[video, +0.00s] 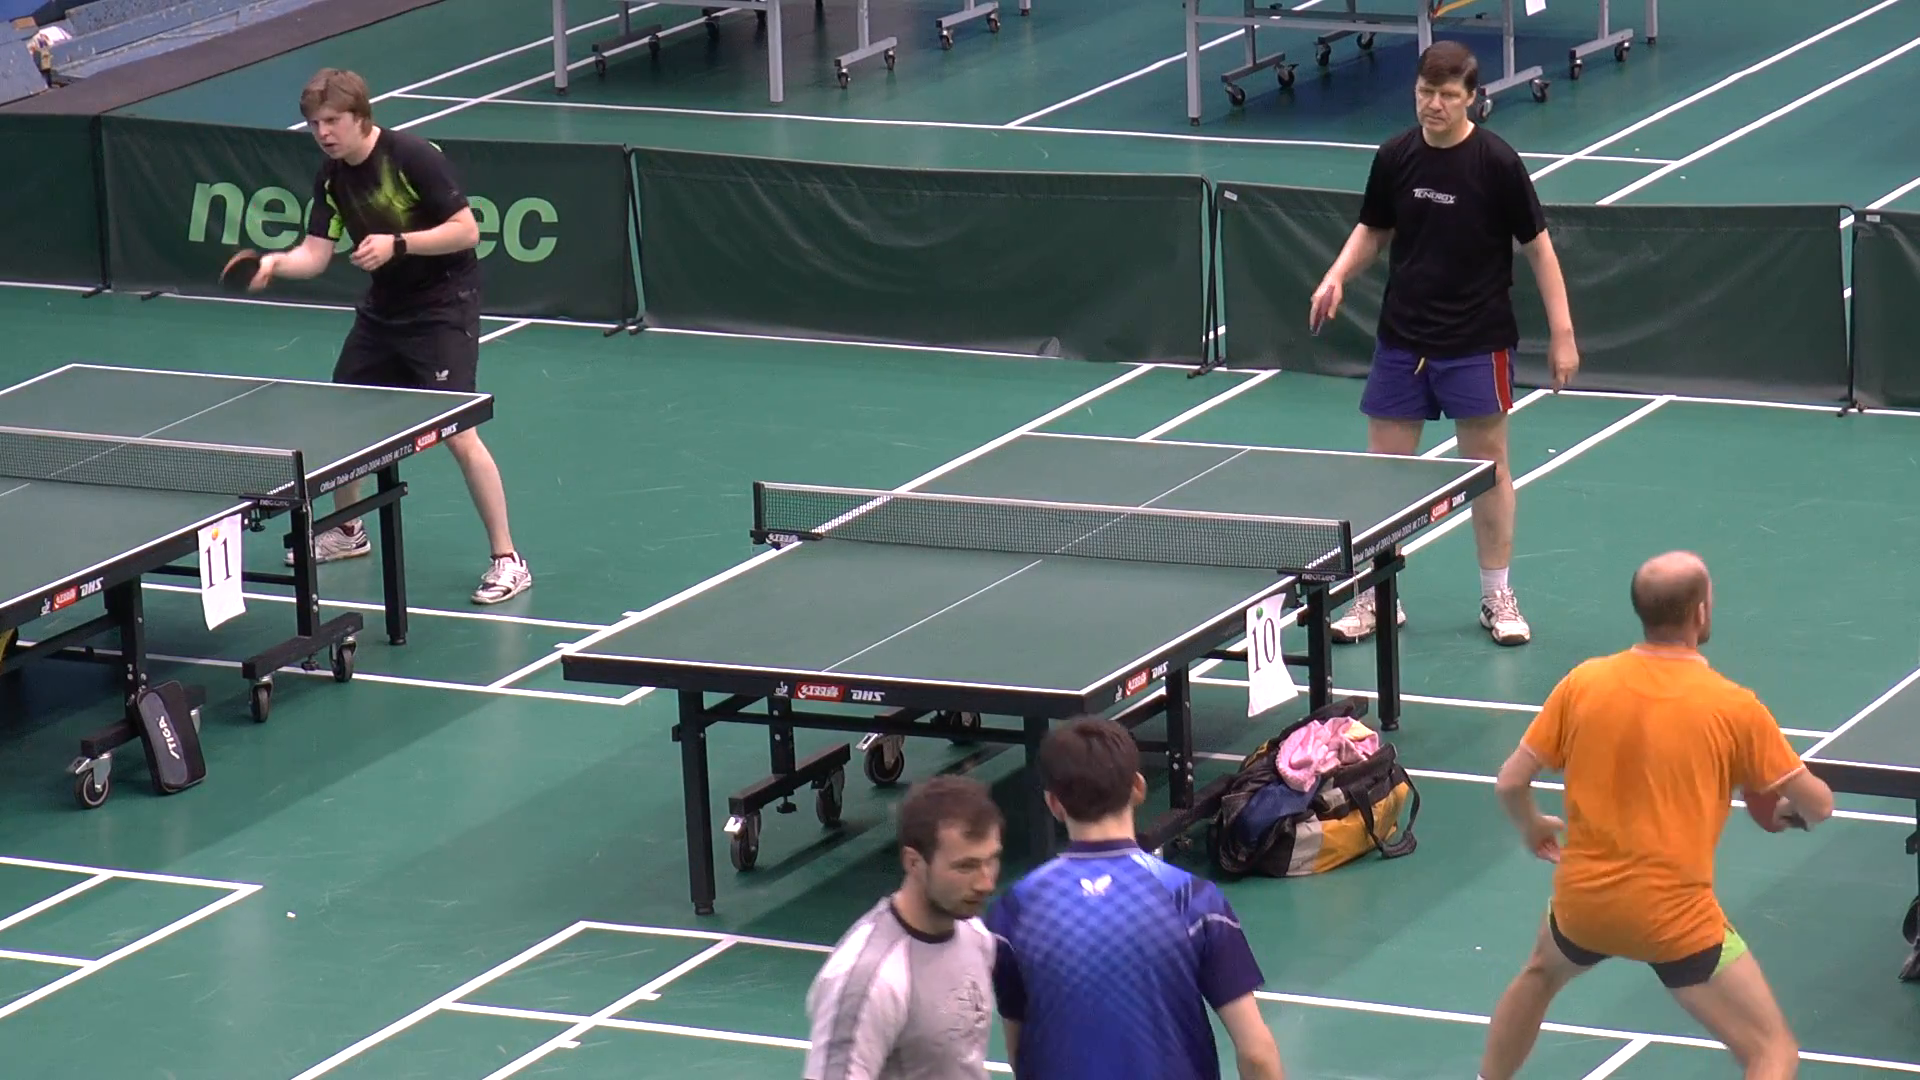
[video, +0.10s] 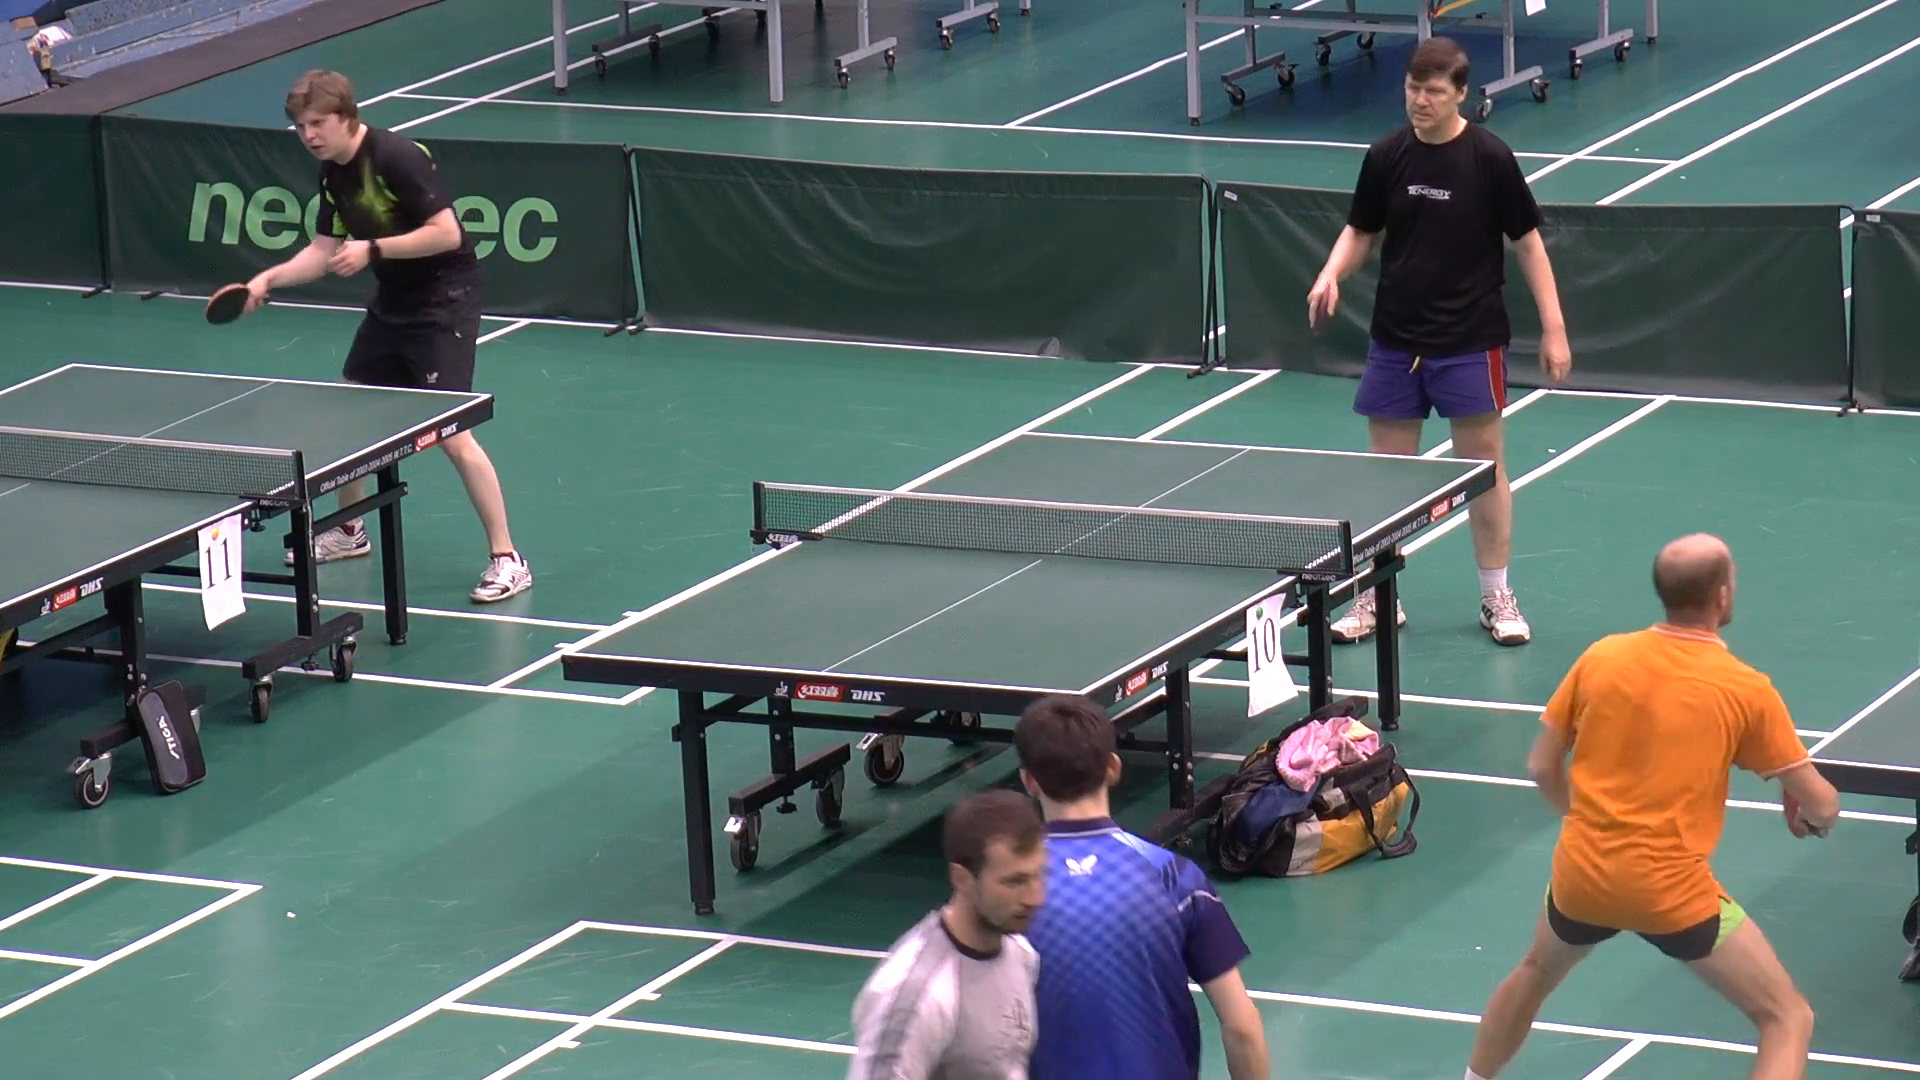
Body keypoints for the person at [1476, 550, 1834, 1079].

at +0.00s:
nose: (1713, 604)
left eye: (1709, 594)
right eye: (1711, 596)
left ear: (1639, 610)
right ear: (1701, 611)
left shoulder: (1584, 682)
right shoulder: (1733, 706)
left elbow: (1510, 782)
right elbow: (1819, 805)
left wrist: (1533, 826)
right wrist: (1782, 807)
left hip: (1582, 905)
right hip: (1676, 916)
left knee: (1539, 977)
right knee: (1771, 1050)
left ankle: (1490, 1074)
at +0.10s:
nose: (1735, 588)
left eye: (1733, 578)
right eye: (1733, 581)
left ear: (1663, 593)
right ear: (1722, 596)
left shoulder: (1602, 657)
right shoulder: (1743, 687)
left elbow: (1542, 765)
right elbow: (1823, 805)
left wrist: (1578, 809)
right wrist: (1802, 805)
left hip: (1580, 881)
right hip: (1671, 892)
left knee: (1534, 974)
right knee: (1786, 1017)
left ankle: (1475, 1074)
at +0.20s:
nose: (1763, 603)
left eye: (1760, 593)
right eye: (1761, 595)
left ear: (1692, 604)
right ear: (1751, 610)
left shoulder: (1626, 666)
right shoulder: (1758, 707)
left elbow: (1584, 772)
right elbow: (1824, 834)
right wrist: (1819, 836)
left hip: (1580, 883)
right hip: (1662, 899)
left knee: (1533, 982)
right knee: (1788, 1025)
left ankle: (1466, 1074)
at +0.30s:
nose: (1783, 622)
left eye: (1780, 612)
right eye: (1781, 614)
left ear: (1709, 625)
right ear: (1772, 631)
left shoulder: (1651, 678)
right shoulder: (1771, 736)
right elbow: (1829, 861)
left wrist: (1761, 806)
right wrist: (1797, 863)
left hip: (1589, 894)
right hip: (1671, 914)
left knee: (1548, 990)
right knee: (1810, 1030)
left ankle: (1476, 1075)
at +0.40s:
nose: (1787, 616)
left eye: (1782, 606)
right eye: (1785, 608)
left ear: (1713, 618)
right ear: (1777, 623)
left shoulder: (1652, 673)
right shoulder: (1782, 728)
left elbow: (1618, 756)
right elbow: (1825, 860)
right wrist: (1767, 861)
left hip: (1601, 895)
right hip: (1689, 915)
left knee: (1541, 993)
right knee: (1815, 1033)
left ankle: (1476, 1075)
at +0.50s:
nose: (1786, 599)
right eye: (1786, 592)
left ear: (1716, 599)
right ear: (1781, 604)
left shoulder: (1658, 657)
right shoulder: (1797, 712)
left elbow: (1570, 698)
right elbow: (1837, 830)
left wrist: (1594, 664)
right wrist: (1774, 805)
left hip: (1610, 883)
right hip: (1706, 900)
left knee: (1534, 997)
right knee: (1805, 1033)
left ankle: (1479, 1076)